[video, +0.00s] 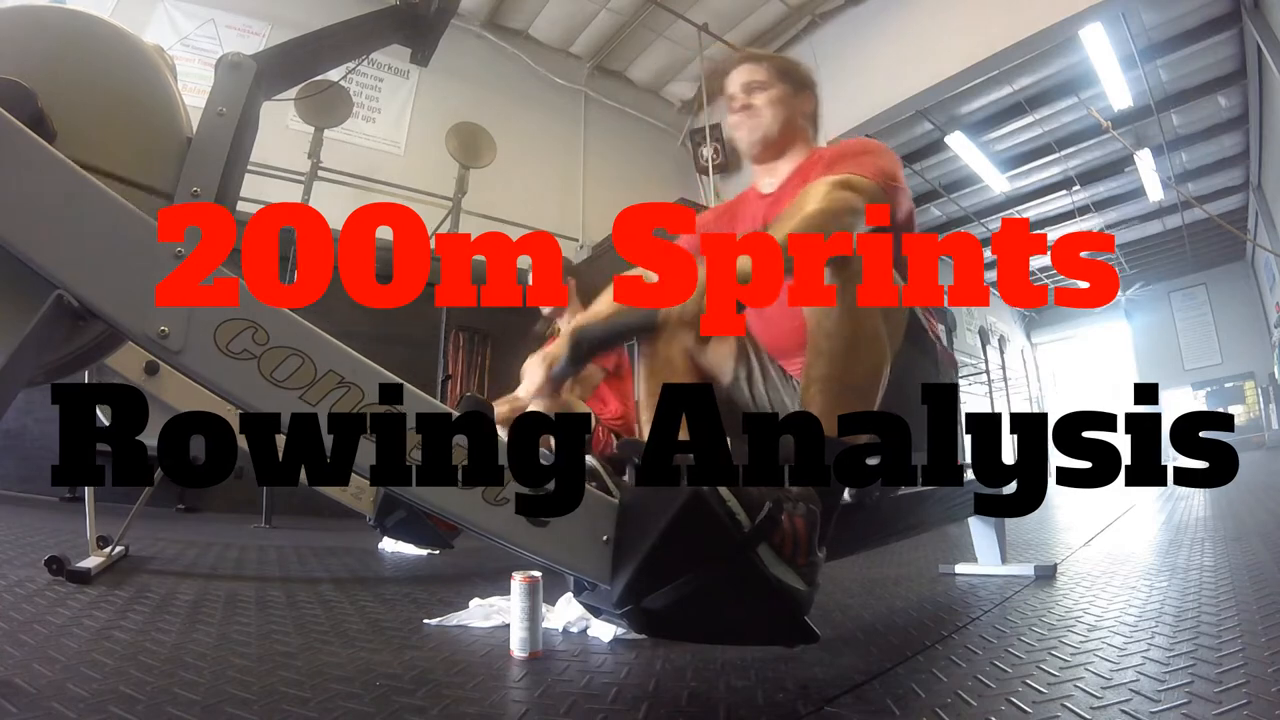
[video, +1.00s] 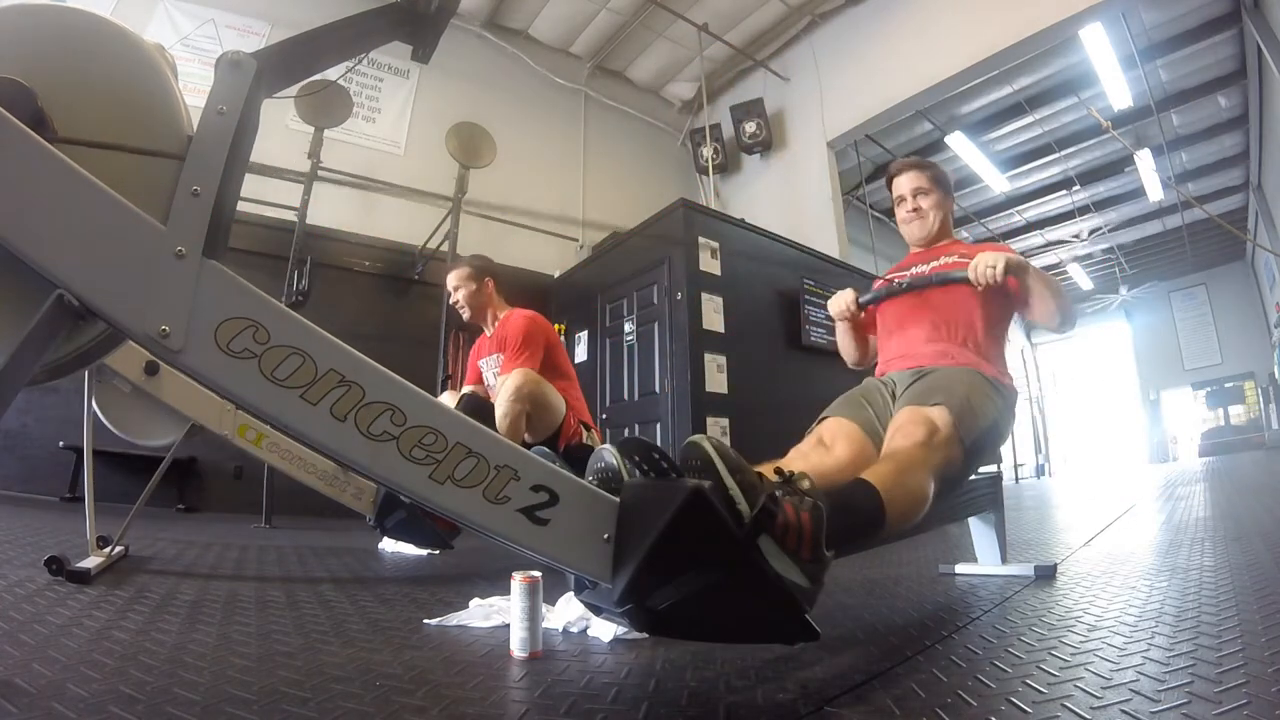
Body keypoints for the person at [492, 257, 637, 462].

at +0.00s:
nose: (541, 296)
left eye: (548, 286)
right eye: (537, 287)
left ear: (570, 285)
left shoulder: (604, 334)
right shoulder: (549, 346)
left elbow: (576, 393)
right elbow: (523, 395)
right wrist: (480, 411)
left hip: (611, 437)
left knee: (542, 405)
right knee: (500, 419)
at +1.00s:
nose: (452, 300)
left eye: (457, 289)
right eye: (450, 294)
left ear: (487, 286)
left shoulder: (525, 323)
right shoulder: (478, 348)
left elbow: (511, 393)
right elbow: (469, 397)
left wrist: (479, 397)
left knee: (520, 383)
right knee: (447, 398)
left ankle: (499, 475)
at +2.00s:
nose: (481, 296)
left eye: (488, 286)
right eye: (478, 291)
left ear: (516, 282)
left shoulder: (552, 323)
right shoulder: (503, 340)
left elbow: (536, 388)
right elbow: (490, 399)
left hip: (585, 440)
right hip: (529, 438)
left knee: (531, 389)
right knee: (454, 403)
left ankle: (489, 474)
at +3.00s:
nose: (589, 295)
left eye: (597, 287)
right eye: (587, 292)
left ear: (621, 294)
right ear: (587, 301)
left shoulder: (639, 339)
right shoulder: (595, 347)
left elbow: (668, 398)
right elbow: (572, 404)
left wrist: (651, 335)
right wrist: (562, 365)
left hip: (607, 434)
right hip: (572, 430)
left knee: (534, 371)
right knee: (475, 401)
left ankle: (505, 468)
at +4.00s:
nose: (601, 283)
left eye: (612, 273)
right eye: (601, 274)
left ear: (624, 285)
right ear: (595, 281)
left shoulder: (633, 334)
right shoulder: (590, 342)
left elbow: (637, 393)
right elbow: (586, 402)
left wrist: (571, 392)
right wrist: (536, 400)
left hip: (617, 430)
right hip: (577, 427)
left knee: (538, 414)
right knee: (489, 402)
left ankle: (496, 550)